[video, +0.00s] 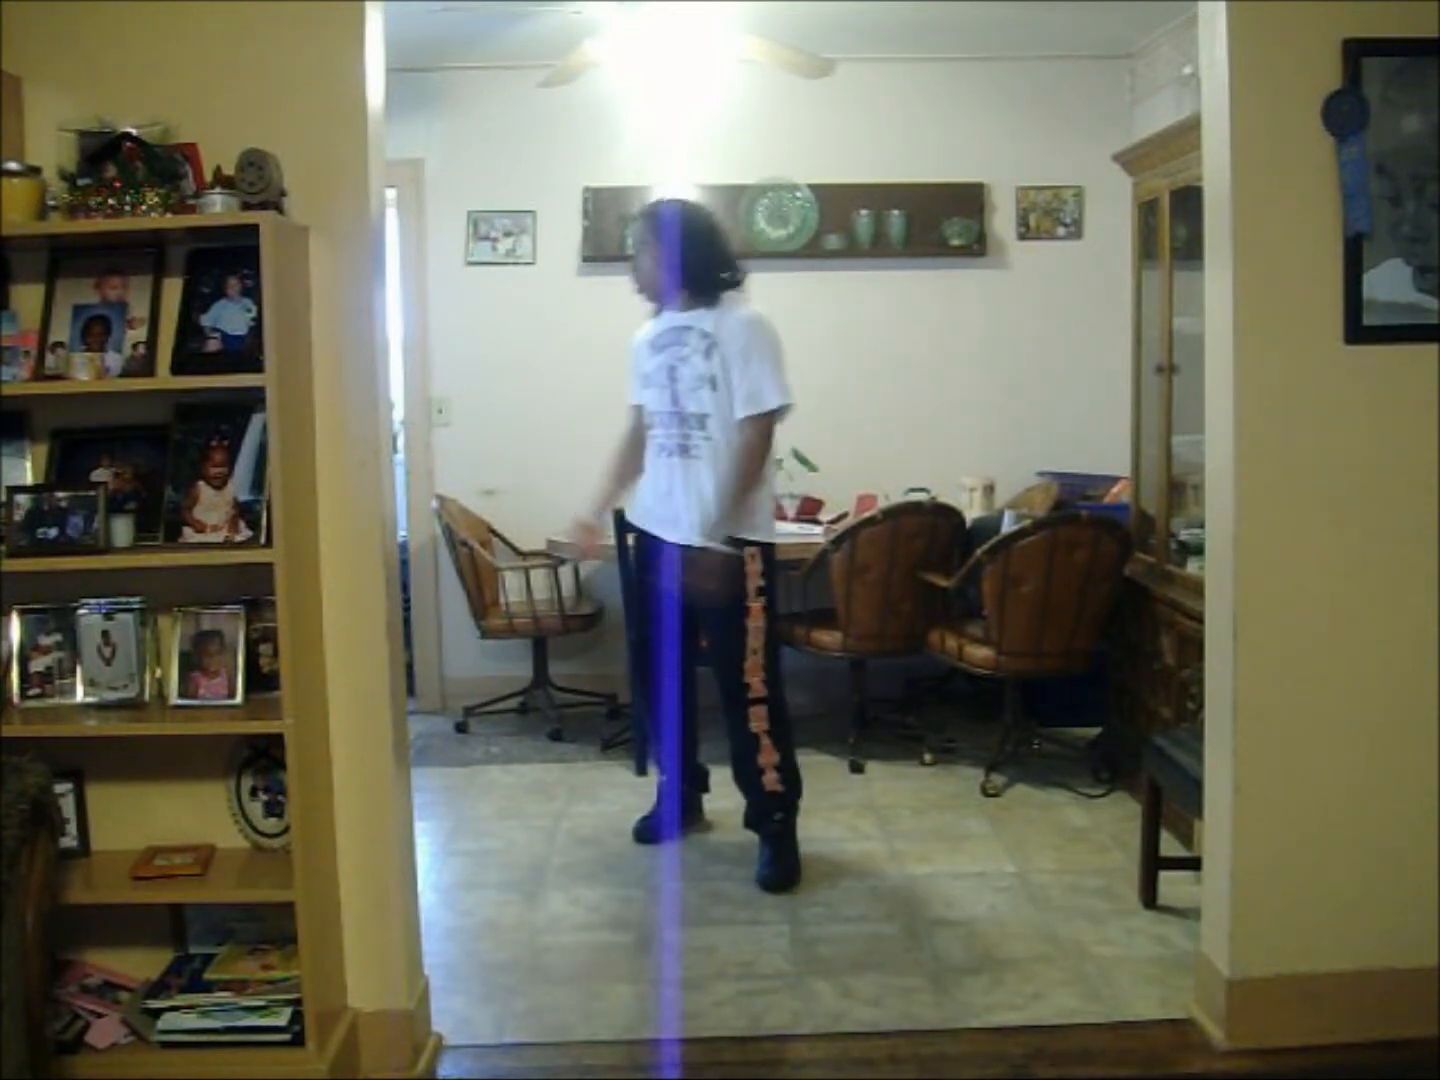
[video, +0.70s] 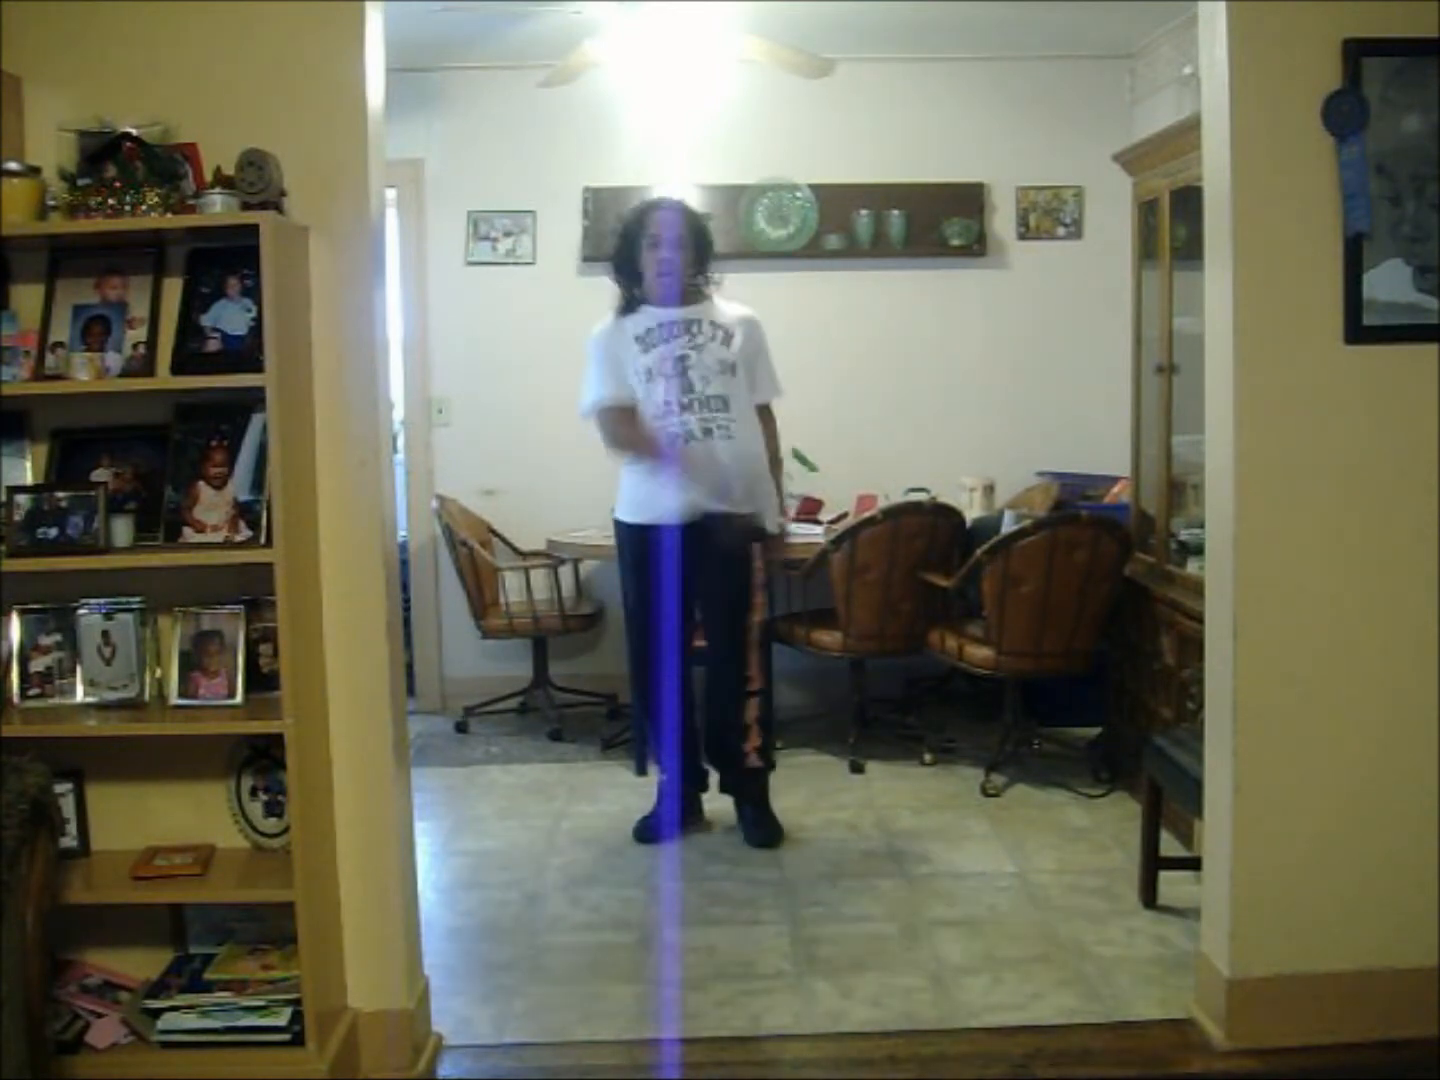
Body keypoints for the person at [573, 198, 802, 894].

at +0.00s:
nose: (634, 264)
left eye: (645, 250)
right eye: (635, 251)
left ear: (681, 254)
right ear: (656, 257)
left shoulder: (744, 330)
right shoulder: (649, 340)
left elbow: (757, 438)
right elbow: (639, 433)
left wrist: (723, 535)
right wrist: (597, 510)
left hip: (733, 537)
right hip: (656, 533)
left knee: (746, 683)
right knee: (661, 674)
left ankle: (775, 822)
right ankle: (679, 792)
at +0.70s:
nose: (668, 256)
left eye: (680, 244)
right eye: (655, 244)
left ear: (700, 254)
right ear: (634, 256)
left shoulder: (739, 327)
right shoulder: (614, 337)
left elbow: (764, 425)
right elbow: (614, 423)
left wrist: (775, 508)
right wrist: (654, 446)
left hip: (733, 512)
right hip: (651, 516)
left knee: (736, 654)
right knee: (659, 656)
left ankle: (749, 789)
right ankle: (678, 790)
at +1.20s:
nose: (709, 278)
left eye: (722, 266)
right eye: (697, 266)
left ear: (745, 274)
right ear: (676, 275)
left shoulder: (780, 346)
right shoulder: (647, 348)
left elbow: (780, 460)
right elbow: (612, 452)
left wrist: (755, 553)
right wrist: (593, 547)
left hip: (761, 517)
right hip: (679, 517)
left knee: (760, 661)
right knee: (664, 653)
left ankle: (753, 789)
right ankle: (649, 775)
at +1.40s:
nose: (702, 262)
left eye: (714, 249)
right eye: (688, 249)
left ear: (737, 257)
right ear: (667, 258)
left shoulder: (775, 335)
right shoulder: (637, 336)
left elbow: (786, 449)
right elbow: (632, 437)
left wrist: (759, 542)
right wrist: (645, 515)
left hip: (751, 522)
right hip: (669, 525)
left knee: (750, 669)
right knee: (669, 681)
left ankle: (753, 791)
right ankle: (658, 838)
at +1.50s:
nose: (694, 249)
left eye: (707, 238)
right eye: (680, 238)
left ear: (727, 255)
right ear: (657, 256)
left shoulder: (762, 346)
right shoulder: (626, 340)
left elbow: (775, 466)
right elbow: (622, 447)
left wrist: (743, 558)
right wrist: (638, 520)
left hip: (737, 533)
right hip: (652, 535)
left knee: (746, 676)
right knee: (662, 697)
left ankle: (751, 789)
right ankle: (653, 861)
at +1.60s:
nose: (687, 244)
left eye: (702, 236)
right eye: (673, 236)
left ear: (724, 259)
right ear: (652, 260)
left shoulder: (759, 347)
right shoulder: (618, 344)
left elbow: (769, 468)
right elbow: (611, 452)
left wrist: (737, 561)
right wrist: (625, 531)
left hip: (734, 537)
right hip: (649, 537)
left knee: (743, 679)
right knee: (660, 700)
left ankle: (750, 788)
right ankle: (652, 864)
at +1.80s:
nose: (651, 285)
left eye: (663, 269)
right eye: (641, 269)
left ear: (698, 269)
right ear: (628, 273)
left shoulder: (755, 342)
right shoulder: (612, 342)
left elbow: (767, 463)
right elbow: (598, 455)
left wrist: (735, 558)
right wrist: (595, 553)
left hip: (732, 534)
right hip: (646, 535)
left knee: (736, 678)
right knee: (661, 692)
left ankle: (739, 779)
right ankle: (652, 862)